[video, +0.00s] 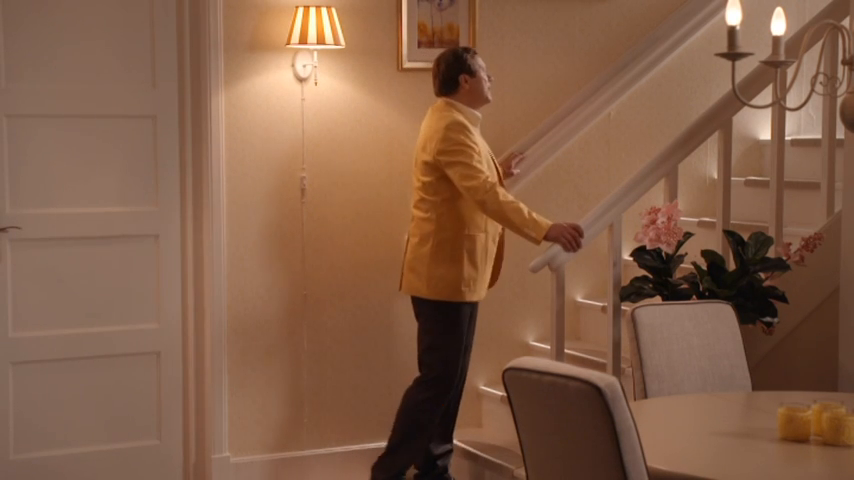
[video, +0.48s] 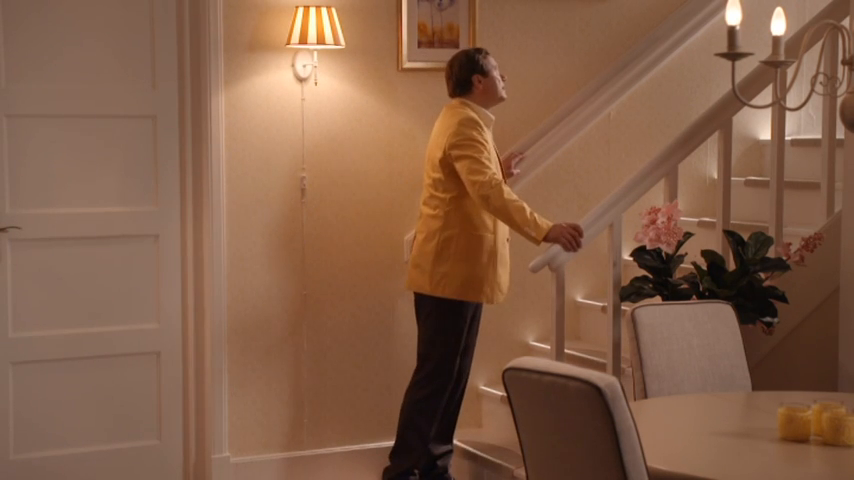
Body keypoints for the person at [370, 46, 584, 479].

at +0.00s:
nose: (491, 82)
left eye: (488, 74)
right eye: (485, 75)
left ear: (461, 82)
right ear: (466, 81)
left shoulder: (456, 121)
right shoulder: (450, 125)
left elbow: (459, 194)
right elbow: (485, 193)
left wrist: (496, 177)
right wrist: (545, 228)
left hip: (458, 272)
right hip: (442, 273)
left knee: (451, 379)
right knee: (438, 380)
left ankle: (433, 470)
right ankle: (388, 472)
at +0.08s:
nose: (493, 82)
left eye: (491, 75)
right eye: (488, 75)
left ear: (464, 82)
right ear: (469, 82)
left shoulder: (457, 121)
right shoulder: (455, 125)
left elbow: (460, 196)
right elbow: (486, 193)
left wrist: (498, 179)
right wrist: (545, 229)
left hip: (457, 272)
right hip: (446, 274)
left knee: (449, 380)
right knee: (440, 380)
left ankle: (432, 471)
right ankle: (399, 473)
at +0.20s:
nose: (498, 79)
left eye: (494, 72)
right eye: (492, 73)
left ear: (468, 82)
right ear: (473, 81)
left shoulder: (459, 121)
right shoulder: (459, 124)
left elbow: (463, 197)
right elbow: (487, 192)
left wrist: (498, 179)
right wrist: (545, 229)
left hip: (458, 272)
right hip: (449, 273)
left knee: (450, 379)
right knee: (441, 379)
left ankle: (433, 470)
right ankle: (404, 473)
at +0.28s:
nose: (500, 79)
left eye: (497, 72)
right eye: (494, 72)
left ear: (470, 82)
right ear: (474, 81)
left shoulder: (462, 121)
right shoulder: (461, 123)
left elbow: (462, 195)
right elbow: (488, 191)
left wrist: (497, 178)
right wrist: (544, 229)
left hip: (462, 272)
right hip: (448, 272)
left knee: (452, 378)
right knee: (439, 378)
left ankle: (434, 470)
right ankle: (405, 472)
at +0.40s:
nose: (503, 79)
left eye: (499, 72)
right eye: (496, 72)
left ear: (472, 82)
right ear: (477, 81)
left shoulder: (464, 120)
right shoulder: (463, 123)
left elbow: (461, 194)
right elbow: (488, 190)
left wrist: (498, 178)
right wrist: (545, 229)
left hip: (464, 271)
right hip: (448, 272)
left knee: (453, 377)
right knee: (437, 376)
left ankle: (434, 470)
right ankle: (404, 472)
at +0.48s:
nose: (503, 78)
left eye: (500, 71)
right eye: (496, 72)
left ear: (473, 82)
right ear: (478, 80)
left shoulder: (465, 121)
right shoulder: (464, 123)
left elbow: (462, 195)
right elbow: (488, 190)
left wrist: (499, 179)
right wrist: (545, 229)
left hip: (464, 271)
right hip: (448, 272)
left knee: (453, 377)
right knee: (436, 375)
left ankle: (433, 469)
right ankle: (404, 471)